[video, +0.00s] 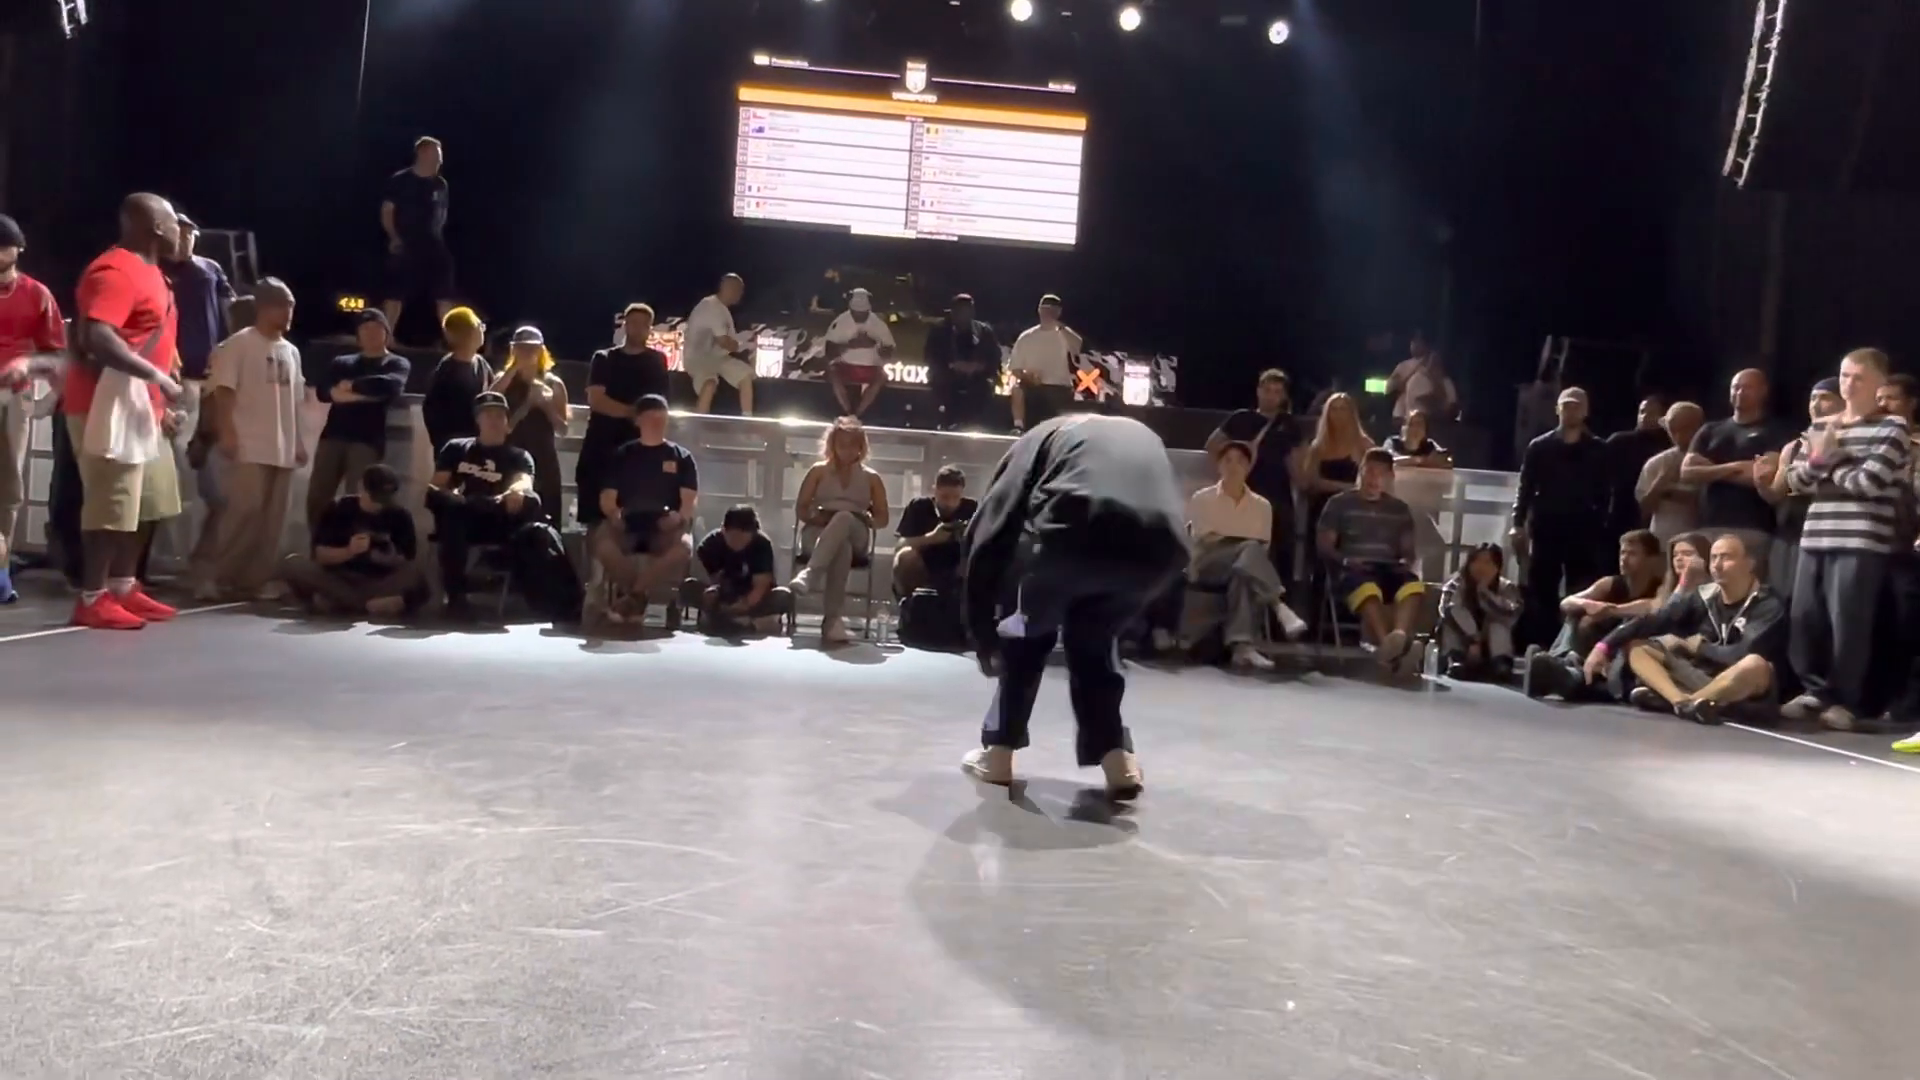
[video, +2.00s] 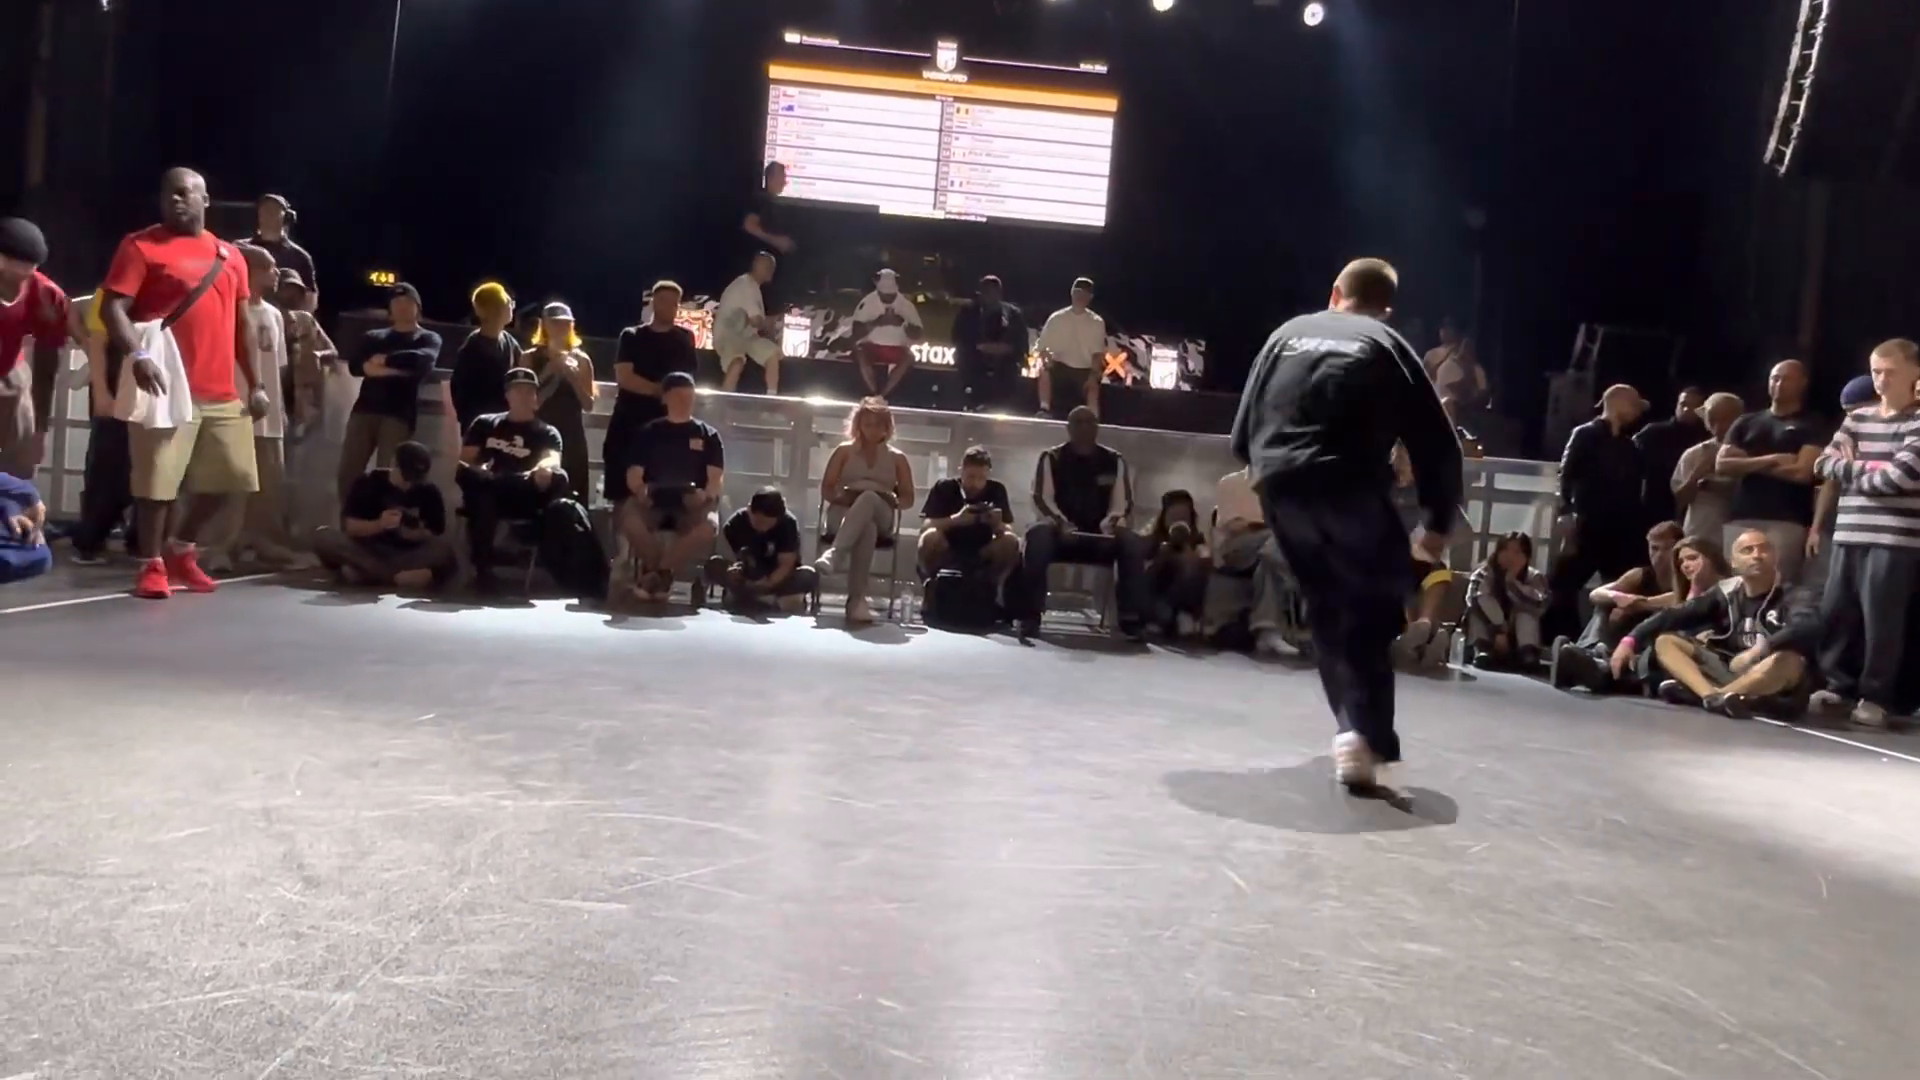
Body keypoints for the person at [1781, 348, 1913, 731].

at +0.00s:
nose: (1847, 384)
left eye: (1857, 378)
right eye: (1844, 377)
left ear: (1879, 385)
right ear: (1839, 381)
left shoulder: (1893, 429)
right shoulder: (1826, 428)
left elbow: (1870, 481)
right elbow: (1794, 480)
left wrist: (1827, 471)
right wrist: (1823, 455)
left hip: (1859, 539)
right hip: (1815, 537)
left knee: (1849, 621)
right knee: (1804, 614)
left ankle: (1847, 702)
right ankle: (1814, 690)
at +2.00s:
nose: (1878, 380)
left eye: (1887, 373)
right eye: (1875, 373)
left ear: (1915, 377)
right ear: (1871, 375)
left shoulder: (1918, 424)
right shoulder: (1857, 418)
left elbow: (1898, 479)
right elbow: (1824, 464)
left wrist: (1847, 470)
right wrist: (1866, 469)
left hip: (1894, 541)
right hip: (1847, 536)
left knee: (1881, 623)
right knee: (1835, 612)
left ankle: (1876, 699)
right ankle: (1838, 687)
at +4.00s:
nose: (1880, 380)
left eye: (1889, 373)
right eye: (1875, 373)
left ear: (1912, 376)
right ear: (1867, 376)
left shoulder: (1913, 426)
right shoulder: (1845, 422)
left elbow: (1902, 480)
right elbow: (1813, 468)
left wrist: (1843, 477)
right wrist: (1869, 467)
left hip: (1885, 534)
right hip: (1836, 532)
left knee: (1875, 618)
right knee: (1831, 612)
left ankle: (1876, 699)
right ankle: (1837, 687)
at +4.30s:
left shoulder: (1911, 421)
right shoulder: (1853, 421)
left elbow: (1902, 480)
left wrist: (1847, 475)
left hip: (1886, 525)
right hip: (1838, 521)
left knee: (1875, 616)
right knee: (1832, 611)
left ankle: (1875, 701)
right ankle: (1839, 689)